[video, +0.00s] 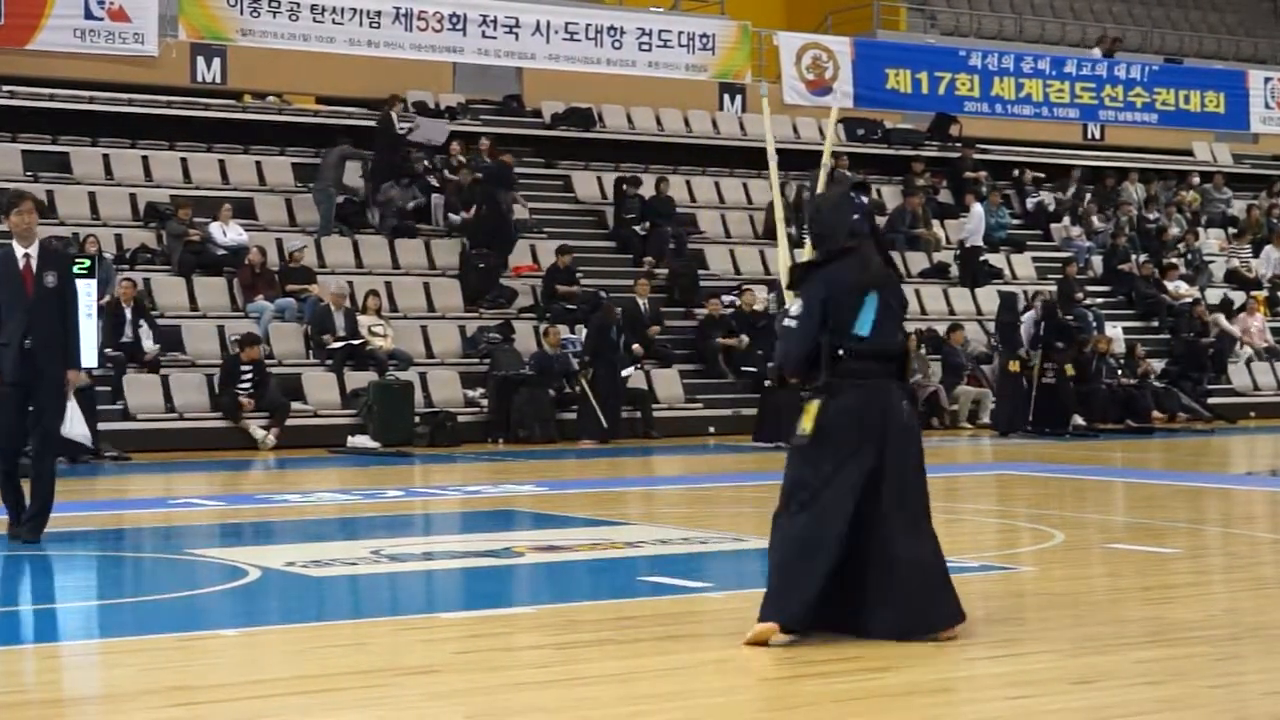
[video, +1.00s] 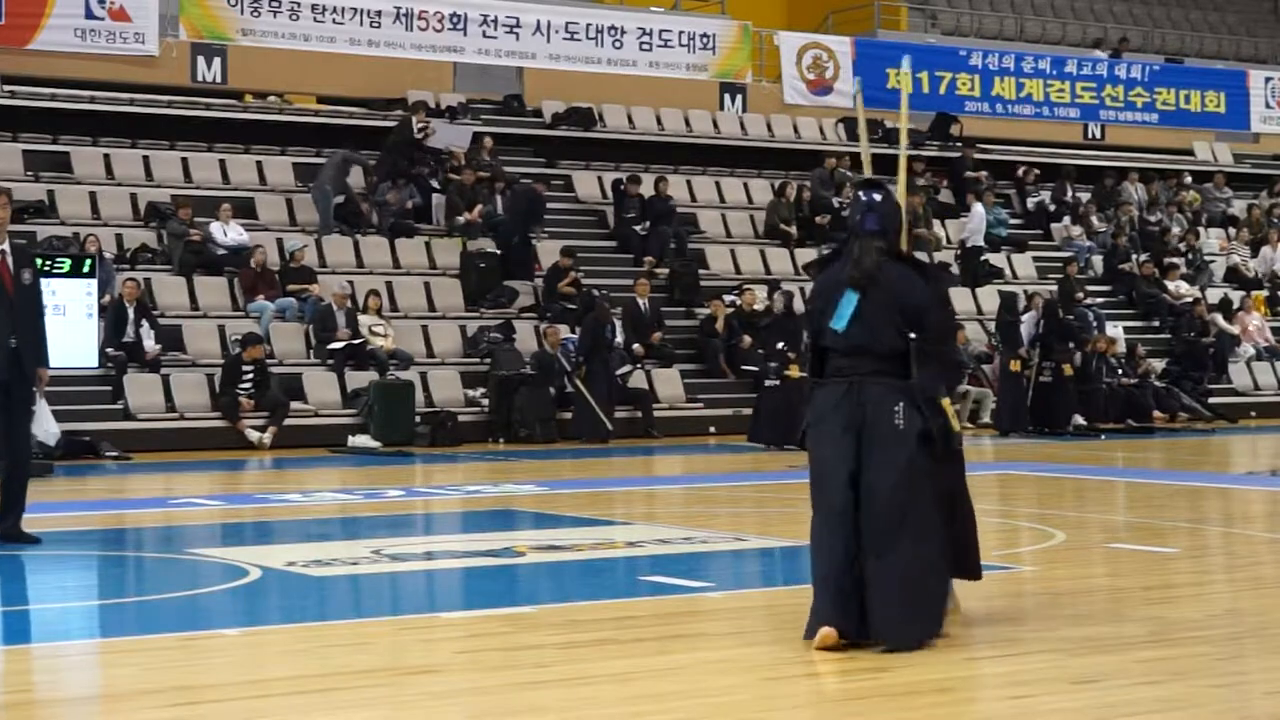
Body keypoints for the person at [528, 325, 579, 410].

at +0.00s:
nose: (558, 337)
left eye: (559, 334)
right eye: (554, 335)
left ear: (561, 335)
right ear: (546, 338)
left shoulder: (564, 356)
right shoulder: (536, 357)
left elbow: (571, 374)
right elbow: (533, 379)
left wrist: (575, 386)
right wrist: (546, 390)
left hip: (563, 392)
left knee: (584, 397)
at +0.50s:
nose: (556, 338)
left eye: (558, 335)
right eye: (552, 335)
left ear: (561, 337)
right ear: (546, 338)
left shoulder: (564, 355)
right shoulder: (537, 357)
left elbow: (572, 371)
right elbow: (537, 378)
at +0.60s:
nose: (554, 339)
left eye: (556, 335)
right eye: (551, 336)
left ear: (560, 337)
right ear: (545, 338)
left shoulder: (565, 354)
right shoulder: (537, 357)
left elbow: (572, 372)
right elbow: (535, 379)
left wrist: (576, 386)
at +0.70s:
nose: (554, 339)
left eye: (556, 335)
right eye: (551, 336)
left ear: (560, 337)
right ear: (545, 338)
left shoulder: (564, 354)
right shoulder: (537, 357)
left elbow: (571, 372)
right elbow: (538, 379)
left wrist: (576, 387)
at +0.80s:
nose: (553, 339)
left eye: (556, 335)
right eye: (550, 335)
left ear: (561, 337)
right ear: (546, 338)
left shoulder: (566, 355)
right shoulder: (537, 356)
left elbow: (571, 375)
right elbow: (534, 379)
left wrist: (577, 389)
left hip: (563, 392)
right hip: (544, 394)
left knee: (580, 398)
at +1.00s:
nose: (554, 338)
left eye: (556, 334)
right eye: (550, 335)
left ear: (559, 336)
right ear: (545, 339)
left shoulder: (565, 354)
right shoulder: (537, 357)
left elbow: (570, 372)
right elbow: (536, 378)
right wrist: (548, 389)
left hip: (563, 391)